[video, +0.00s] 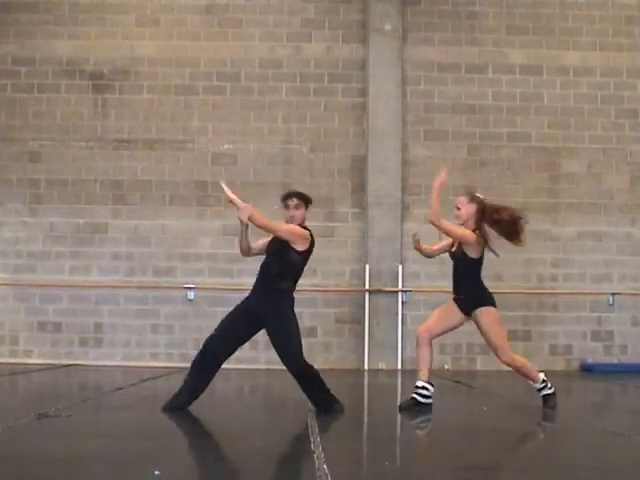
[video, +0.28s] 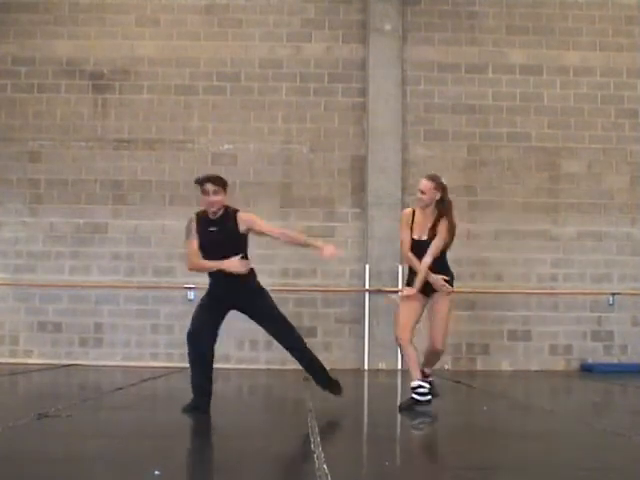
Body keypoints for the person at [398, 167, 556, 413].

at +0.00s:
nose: (455, 211)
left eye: (460, 207)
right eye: (456, 207)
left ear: (474, 211)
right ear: (466, 211)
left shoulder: (473, 239)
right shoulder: (458, 238)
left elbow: (436, 220)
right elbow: (433, 252)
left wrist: (435, 189)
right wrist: (419, 247)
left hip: (480, 302)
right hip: (460, 302)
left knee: (506, 356)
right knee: (424, 333)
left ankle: (543, 385)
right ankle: (423, 390)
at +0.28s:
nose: (419, 196)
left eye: (424, 193)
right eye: (419, 191)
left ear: (437, 196)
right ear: (418, 192)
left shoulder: (444, 223)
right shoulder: (408, 215)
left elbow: (430, 255)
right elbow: (406, 252)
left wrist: (416, 287)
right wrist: (430, 276)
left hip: (439, 278)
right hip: (415, 277)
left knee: (437, 345)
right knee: (402, 335)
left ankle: (425, 372)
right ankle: (418, 386)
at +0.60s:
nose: (448, 221)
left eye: (451, 218)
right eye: (449, 215)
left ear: (436, 207)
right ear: (438, 206)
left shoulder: (421, 225)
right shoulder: (419, 232)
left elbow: (422, 205)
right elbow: (413, 272)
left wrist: (434, 187)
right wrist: (414, 308)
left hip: (394, 282)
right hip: (380, 277)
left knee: (409, 330)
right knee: (354, 326)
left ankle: (393, 383)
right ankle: (308, 364)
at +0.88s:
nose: (442, 302)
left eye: (444, 299)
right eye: (442, 298)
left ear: (427, 288)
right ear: (432, 295)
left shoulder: (408, 286)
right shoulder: (420, 316)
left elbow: (413, 255)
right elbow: (437, 357)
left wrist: (417, 220)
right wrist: (453, 392)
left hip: (355, 320)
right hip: (358, 333)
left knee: (402, 339)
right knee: (309, 363)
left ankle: (392, 390)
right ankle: (254, 382)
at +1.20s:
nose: (442, 337)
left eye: (446, 335)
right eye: (444, 333)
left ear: (450, 315)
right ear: (449, 324)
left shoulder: (435, 298)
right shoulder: (436, 320)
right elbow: (444, 364)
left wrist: (460, 355)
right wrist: (452, 401)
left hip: (372, 298)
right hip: (373, 308)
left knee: (403, 330)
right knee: (325, 348)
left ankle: (393, 383)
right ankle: (273, 377)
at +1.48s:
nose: (445, 331)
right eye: (447, 327)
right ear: (445, 316)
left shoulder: (422, 287)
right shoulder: (442, 320)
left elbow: (387, 272)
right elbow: (447, 365)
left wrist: (373, 297)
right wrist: (452, 401)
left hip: (399, 303)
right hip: (410, 330)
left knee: (354, 314)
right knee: (357, 364)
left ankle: (336, 328)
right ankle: (308, 391)